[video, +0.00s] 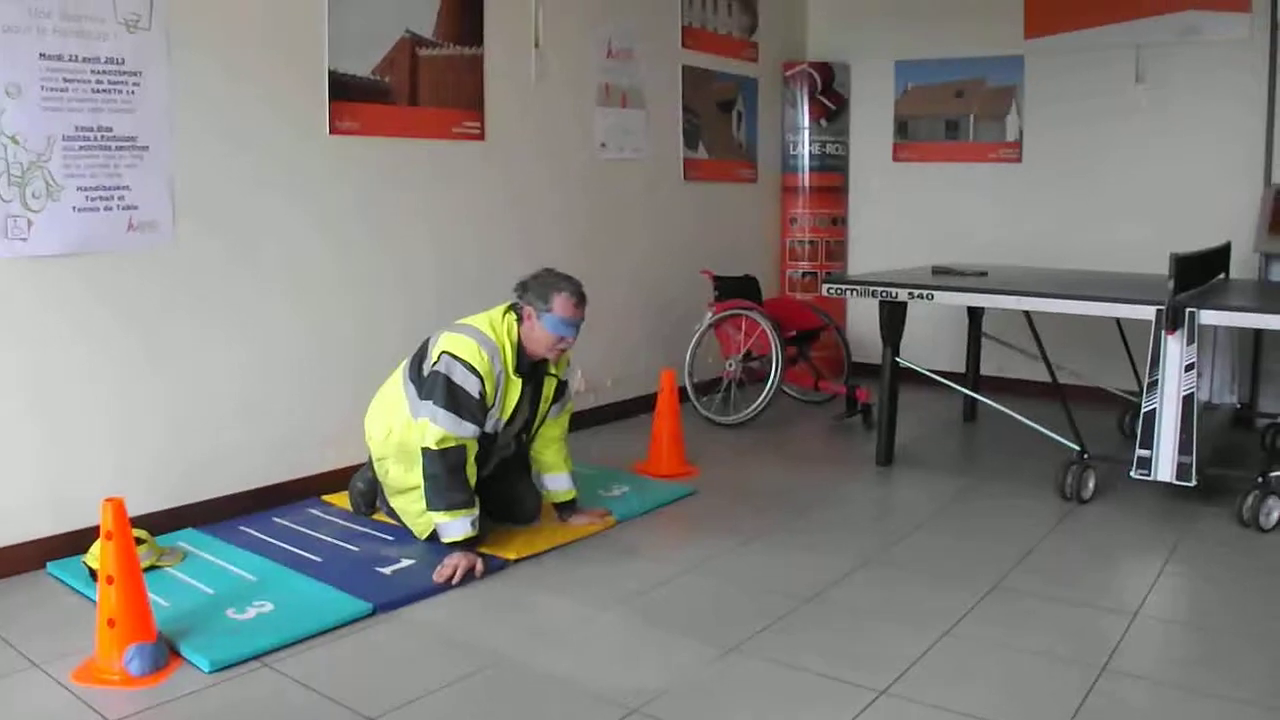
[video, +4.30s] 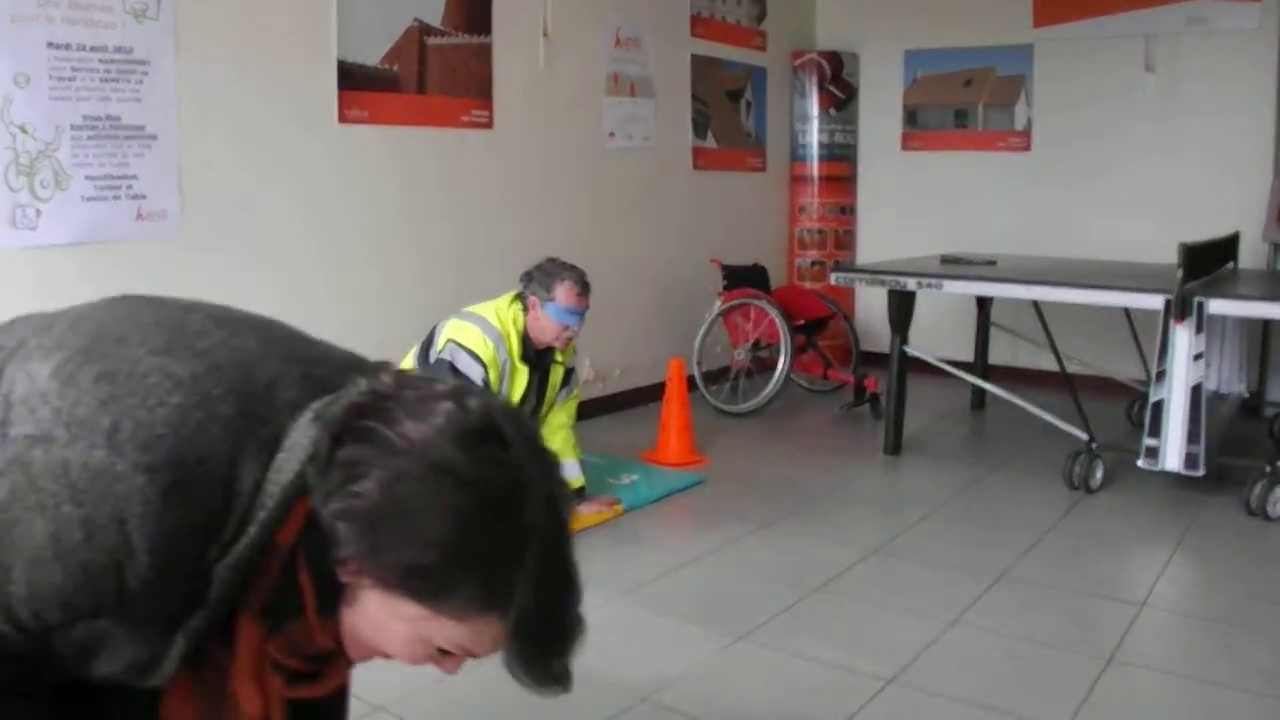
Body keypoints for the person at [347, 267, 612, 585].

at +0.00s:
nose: (568, 340)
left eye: (574, 330)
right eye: (561, 328)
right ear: (527, 316)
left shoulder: (554, 361)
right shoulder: (468, 353)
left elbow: (550, 434)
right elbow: (444, 448)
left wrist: (566, 507)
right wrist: (461, 545)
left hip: (482, 433)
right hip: (407, 440)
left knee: (523, 510)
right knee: (438, 529)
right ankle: (383, 478)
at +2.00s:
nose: (560, 339)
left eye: (566, 329)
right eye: (552, 327)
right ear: (518, 318)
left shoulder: (548, 357)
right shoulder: (460, 355)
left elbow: (546, 434)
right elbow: (438, 452)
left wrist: (567, 509)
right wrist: (459, 547)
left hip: (481, 439)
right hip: (408, 447)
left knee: (523, 511)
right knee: (456, 535)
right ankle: (383, 482)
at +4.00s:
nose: (575, 331)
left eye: (580, 321)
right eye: (566, 319)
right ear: (532, 308)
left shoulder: (560, 349)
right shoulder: (472, 344)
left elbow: (557, 423)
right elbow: (450, 440)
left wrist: (576, 498)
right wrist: (469, 536)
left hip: (494, 428)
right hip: (420, 435)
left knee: (536, 500)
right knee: (455, 522)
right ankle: (393, 474)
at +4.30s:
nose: (574, 331)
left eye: (581, 320)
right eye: (566, 318)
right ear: (533, 307)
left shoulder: (561, 351)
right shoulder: (473, 340)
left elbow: (557, 423)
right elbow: (456, 426)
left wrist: (576, 494)